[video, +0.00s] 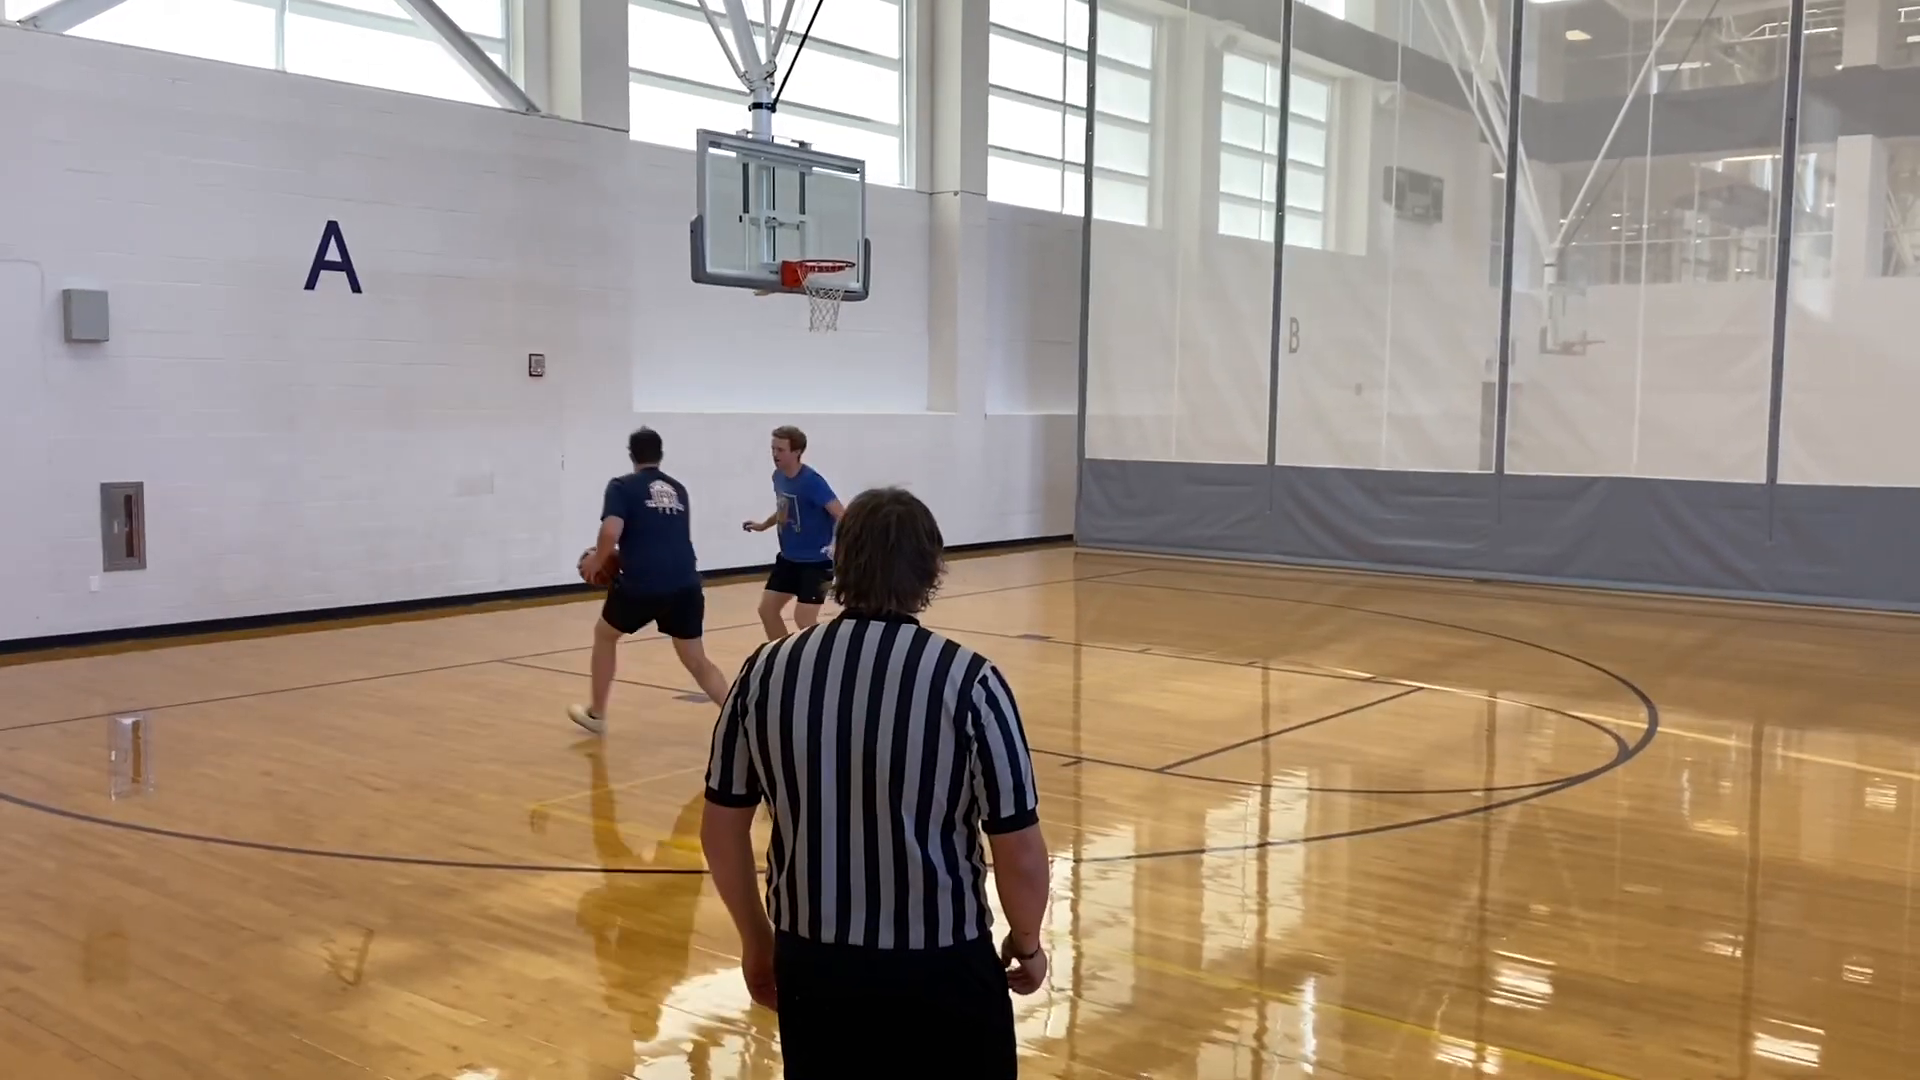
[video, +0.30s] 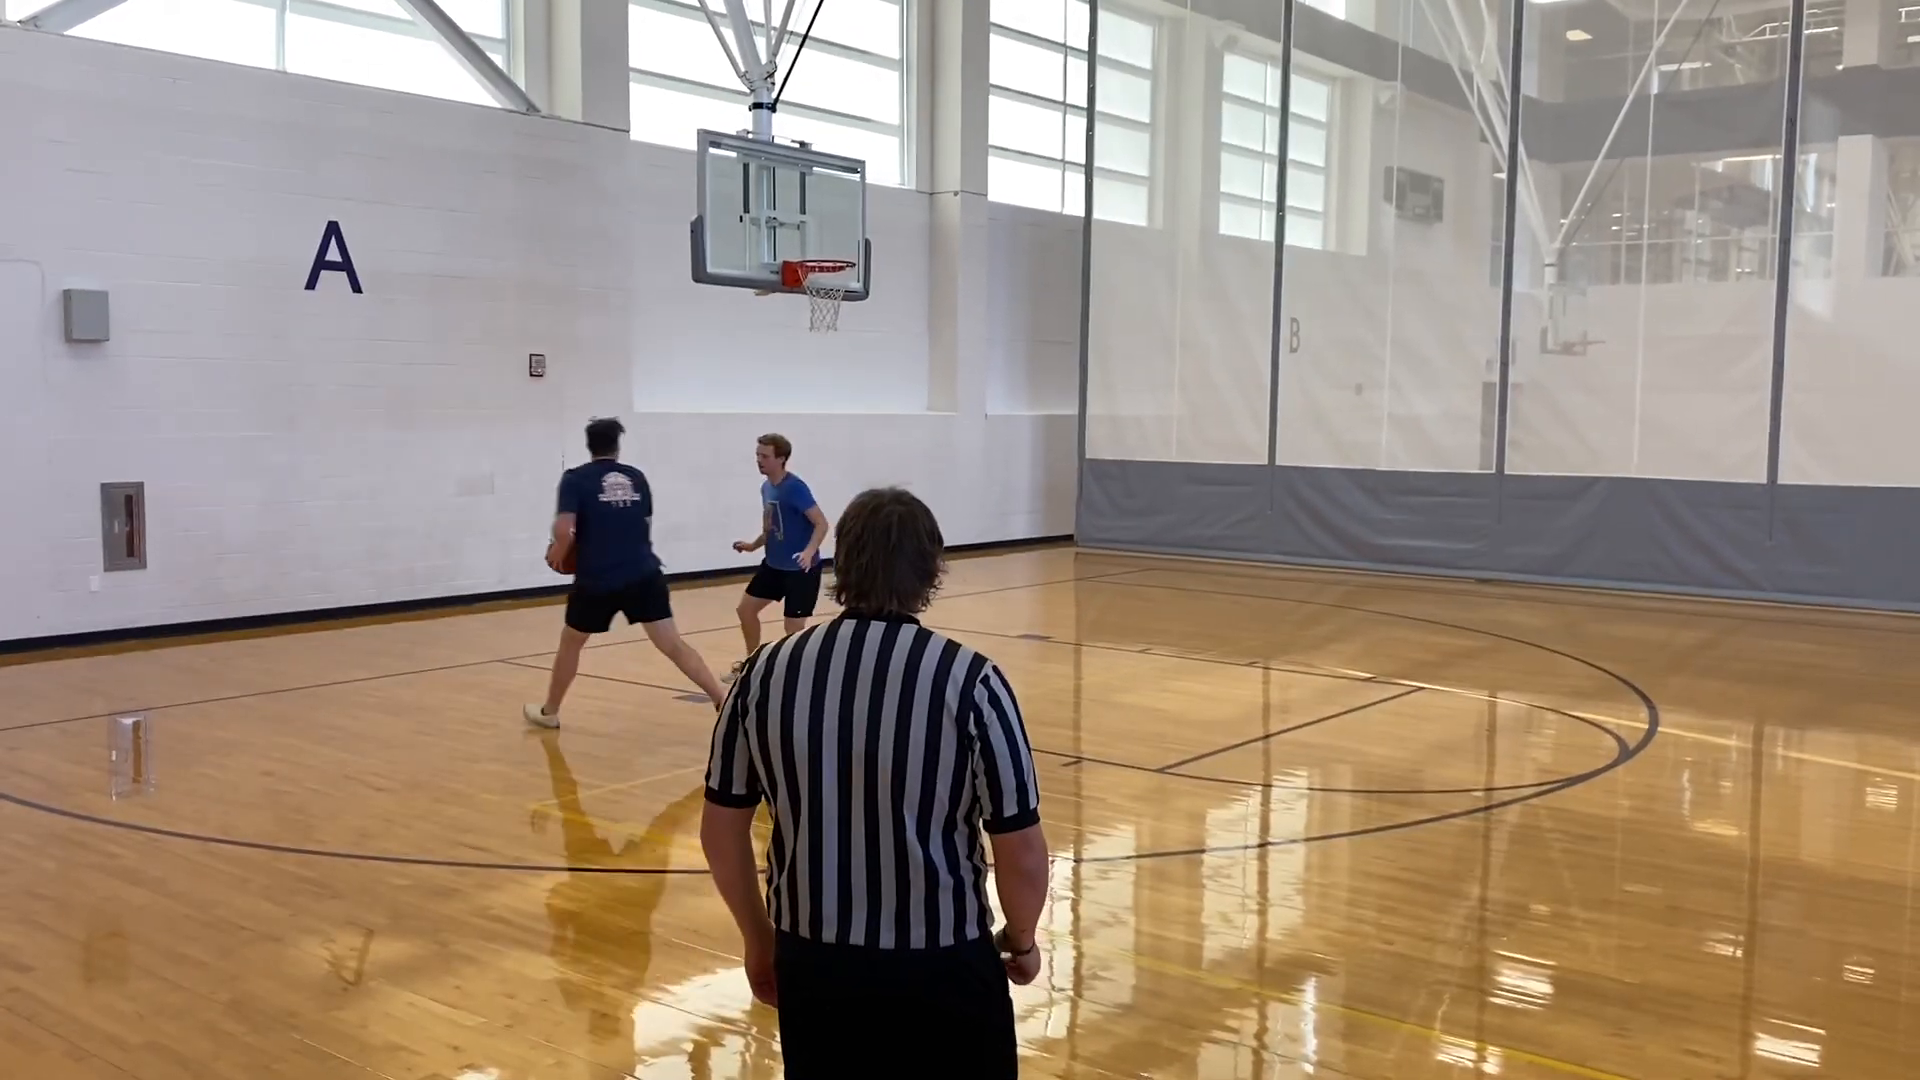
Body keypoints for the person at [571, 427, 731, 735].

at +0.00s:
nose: (636, 458)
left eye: (634, 453)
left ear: (632, 456)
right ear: (661, 456)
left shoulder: (622, 486)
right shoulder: (678, 488)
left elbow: (611, 532)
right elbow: (671, 538)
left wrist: (598, 558)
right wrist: (620, 556)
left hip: (639, 586)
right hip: (684, 585)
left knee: (606, 634)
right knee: (696, 659)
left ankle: (596, 713)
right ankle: (739, 717)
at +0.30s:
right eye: (614, 442)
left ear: (588, 445)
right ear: (617, 445)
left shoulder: (575, 478)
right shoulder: (636, 476)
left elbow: (565, 531)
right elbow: (643, 524)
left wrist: (557, 553)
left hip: (597, 579)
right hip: (643, 574)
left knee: (570, 645)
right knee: (672, 643)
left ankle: (550, 711)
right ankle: (723, 699)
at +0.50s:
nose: (589, 446)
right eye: (591, 441)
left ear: (562, 445)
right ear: (591, 444)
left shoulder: (543, 480)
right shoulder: (611, 476)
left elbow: (520, 529)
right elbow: (630, 521)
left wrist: (548, 529)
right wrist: (595, 517)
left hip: (571, 577)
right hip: (618, 574)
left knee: (552, 638)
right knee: (643, 634)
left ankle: (548, 711)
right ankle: (689, 673)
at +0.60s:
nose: (582, 444)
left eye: (578, 439)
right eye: (581, 439)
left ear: (550, 444)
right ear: (578, 443)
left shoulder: (530, 479)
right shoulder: (597, 474)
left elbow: (507, 521)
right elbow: (621, 512)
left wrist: (538, 511)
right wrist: (588, 509)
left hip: (559, 577)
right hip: (605, 574)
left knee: (544, 638)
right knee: (625, 625)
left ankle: (547, 715)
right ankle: (663, 658)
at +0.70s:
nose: (572, 442)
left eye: (569, 437)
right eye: (570, 438)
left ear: (538, 442)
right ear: (566, 442)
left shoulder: (520, 474)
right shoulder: (584, 470)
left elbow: (501, 507)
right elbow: (618, 499)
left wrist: (528, 486)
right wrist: (584, 484)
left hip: (549, 576)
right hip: (594, 570)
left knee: (540, 642)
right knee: (609, 614)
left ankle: (547, 716)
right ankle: (638, 644)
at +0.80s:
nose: (563, 434)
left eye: (561, 430)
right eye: (561, 430)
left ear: (527, 437)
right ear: (557, 436)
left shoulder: (512, 466)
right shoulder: (575, 464)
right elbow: (613, 480)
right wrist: (577, 456)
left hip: (540, 570)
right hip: (583, 564)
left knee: (537, 642)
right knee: (590, 598)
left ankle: (547, 716)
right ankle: (614, 632)